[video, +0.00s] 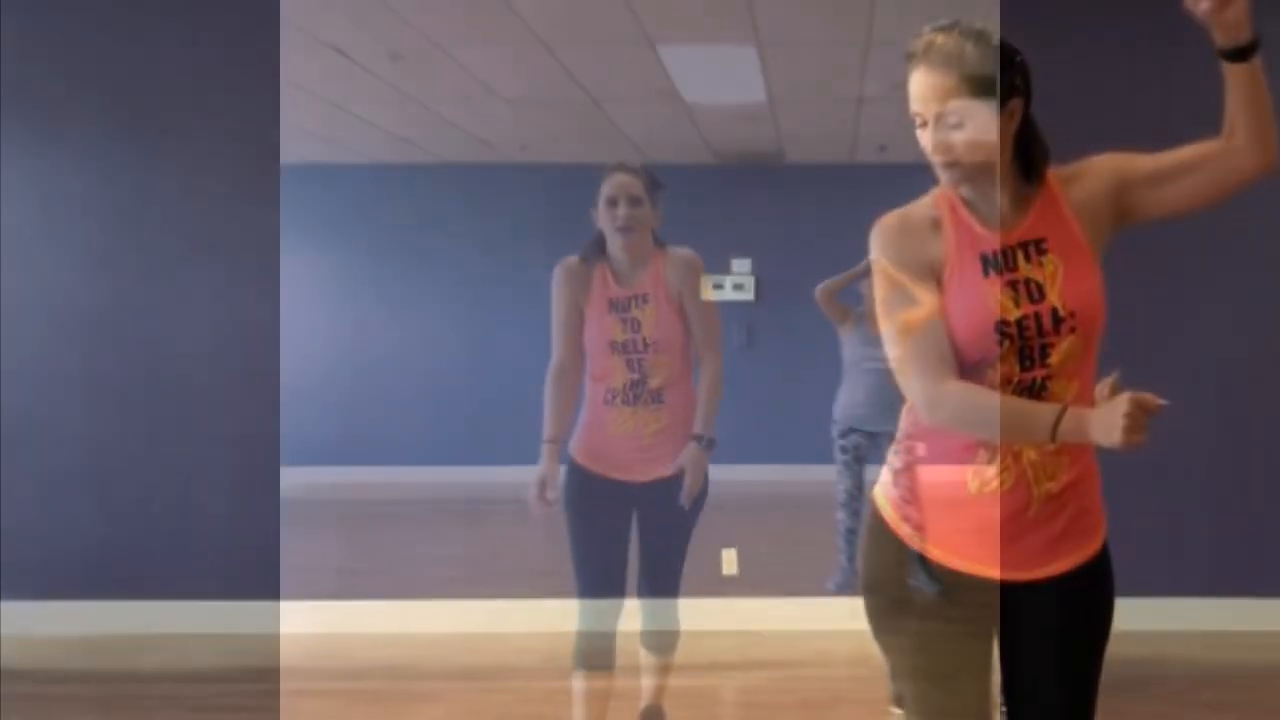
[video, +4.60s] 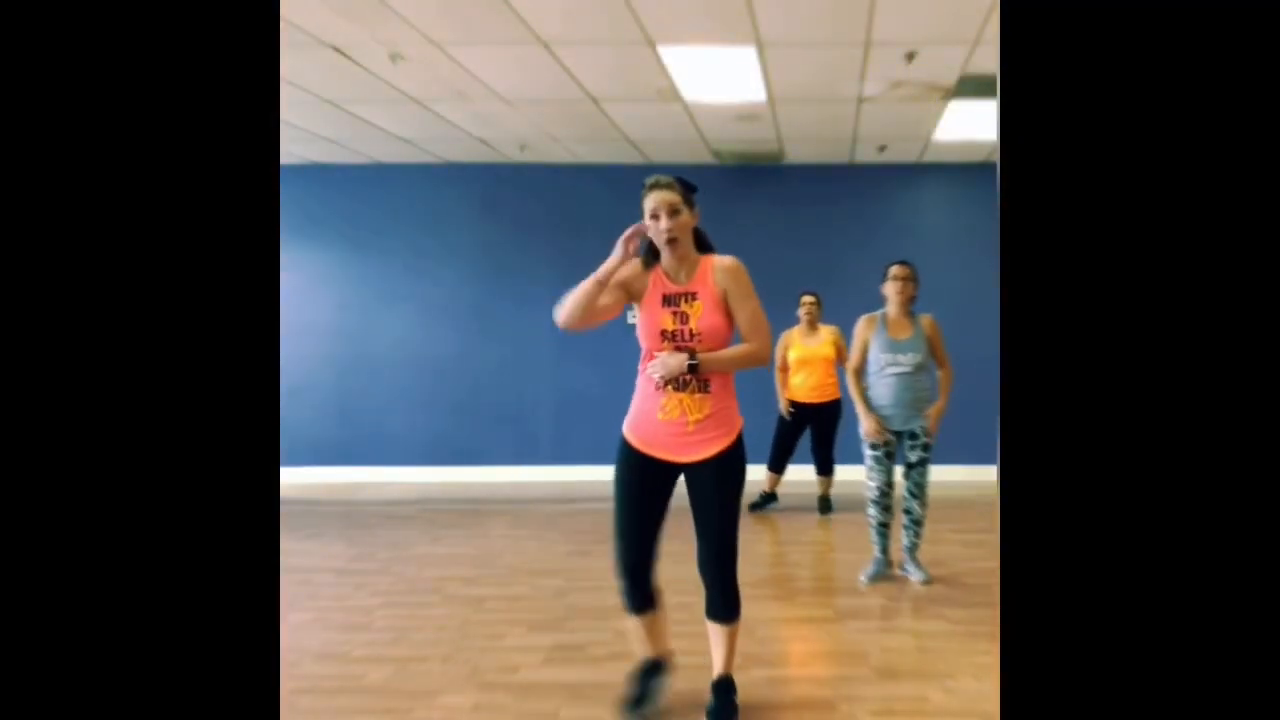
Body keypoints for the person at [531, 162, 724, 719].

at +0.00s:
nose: (623, 211)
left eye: (635, 201)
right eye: (612, 202)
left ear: (654, 211)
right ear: (597, 213)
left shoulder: (681, 267)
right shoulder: (574, 275)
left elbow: (709, 356)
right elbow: (563, 367)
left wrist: (701, 441)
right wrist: (551, 454)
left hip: (671, 464)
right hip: (596, 464)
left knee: (659, 600)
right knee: (597, 606)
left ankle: (651, 708)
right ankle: (589, 715)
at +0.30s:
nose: (640, 220)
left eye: (650, 211)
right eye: (629, 211)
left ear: (668, 219)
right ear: (615, 221)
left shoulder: (693, 274)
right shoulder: (591, 278)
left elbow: (716, 353)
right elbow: (580, 359)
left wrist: (705, 400)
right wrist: (592, 402)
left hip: (684, 453)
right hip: (611, 454)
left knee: (666, 585)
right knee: (615, 593)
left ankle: (656, 701)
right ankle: (630, 673)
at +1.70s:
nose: (618, 230)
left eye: (627, 222)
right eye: (608, 222)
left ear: (639, 231)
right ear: (592, 231)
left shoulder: (654, 288)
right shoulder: (564, 282)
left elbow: (669, 364)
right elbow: (534, 364)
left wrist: (618, 369)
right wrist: (556, 339)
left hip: (636, 448)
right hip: (570, 448)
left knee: (642, 563)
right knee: (577, 560)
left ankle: (658, 683)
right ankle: (570, 666)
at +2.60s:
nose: (709, 226)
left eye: (713, 217)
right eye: (698, 217)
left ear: (713, 224)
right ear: (666, 222)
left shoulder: (729, 278)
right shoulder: (635, 281)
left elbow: (754, 359)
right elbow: (623, 371)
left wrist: (684, 364)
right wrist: (621, 333)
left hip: (715, 441)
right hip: (647, 440)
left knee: (715, 569)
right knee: (596, 555)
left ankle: (721, 687)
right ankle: (598, 665)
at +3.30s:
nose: (658, 238)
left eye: (659, 229)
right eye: (647, 229)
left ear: (652, 235)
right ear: (612, 235)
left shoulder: (665, 295)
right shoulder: (568, 292)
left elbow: (687, 375)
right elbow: (542, 378)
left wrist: (635, 376)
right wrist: (566, 343)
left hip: (651, 458)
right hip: (576, 457)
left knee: (685, 576)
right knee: (565, 580)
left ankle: (719, 689)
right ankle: (545, 690)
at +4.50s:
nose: (656, 229)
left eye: (664, 218)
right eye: (646, 222)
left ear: (685, 221)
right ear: (637, 232)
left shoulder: (718, 278)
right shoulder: (631, 285)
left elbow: (753, 357)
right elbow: (575, 329)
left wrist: (687, 368)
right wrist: (612, 264)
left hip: (710, 444)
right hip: (642, 442)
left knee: (711, 572)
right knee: (605, 568)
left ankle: (722, 686)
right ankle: (586, 678)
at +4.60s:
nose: (664, 223)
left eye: (673, 212)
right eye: (654, 215)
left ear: (694, 215)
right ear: (645, 224)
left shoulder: (725, 271)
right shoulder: (637, 279)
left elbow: (760, 348)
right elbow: (568, 319)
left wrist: (693, 361)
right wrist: (610, 265)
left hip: (714, 439)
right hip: (647, 437)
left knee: (718, 568)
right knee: (632, 566)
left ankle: (722, 683)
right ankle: (657, 658)